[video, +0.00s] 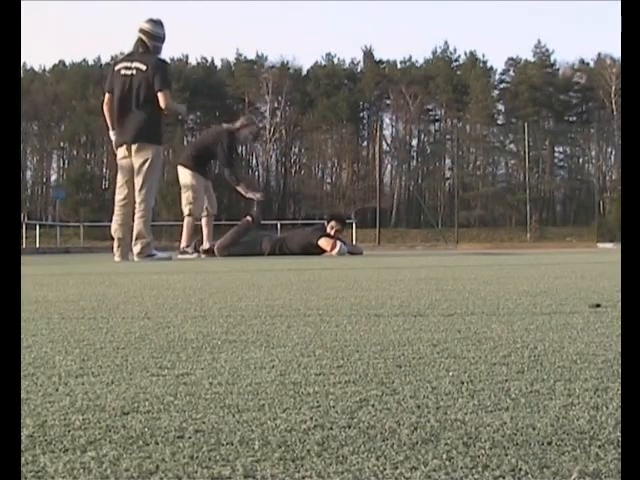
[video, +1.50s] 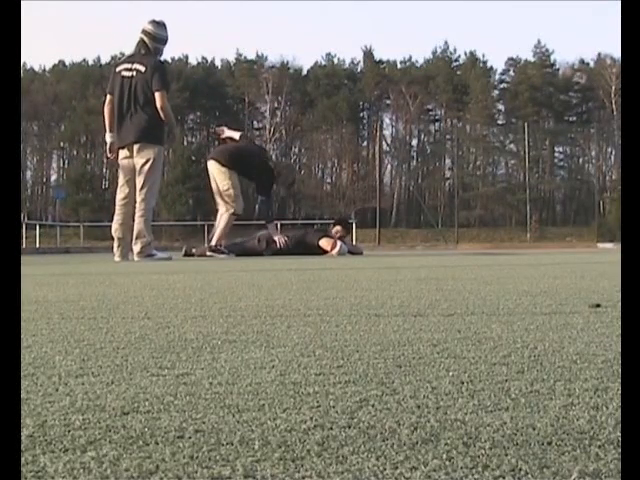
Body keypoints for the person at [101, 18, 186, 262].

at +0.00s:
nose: (162, 46)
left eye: (162, 42)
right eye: (161, 42)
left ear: (140, 37)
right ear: (157, 41)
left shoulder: (119, 64)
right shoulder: (156, 64)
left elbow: (107, 102)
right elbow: (165, 103)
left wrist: (113, 130)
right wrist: (181, 109)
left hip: (121, 136)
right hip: (147, 136)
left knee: (122, 194)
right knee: (145, 194)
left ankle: (119, 249)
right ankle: (142, 247)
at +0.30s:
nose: (161, 45)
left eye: (160, 41)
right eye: (160, 41)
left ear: (138, 37)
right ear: (156, 41)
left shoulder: (118, 65)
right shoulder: (156, 64)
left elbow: (107, 103)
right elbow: (165, 102)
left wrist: (109, 133)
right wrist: (175, 117)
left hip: (122, 136)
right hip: (148, 136)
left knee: (122, 196)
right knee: (145, 196)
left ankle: (119, 249)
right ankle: (142, 247)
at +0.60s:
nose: (161, 46)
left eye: (161, 41)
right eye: (160, 42)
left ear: (138, 37)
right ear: (156, 41)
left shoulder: (118, 65)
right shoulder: (155, 64)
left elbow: (107, 103)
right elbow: (162, 103)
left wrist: (105, 134)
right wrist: (168, 126)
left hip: (122, 136)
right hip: (148, 136)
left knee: (123, 195)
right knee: (145, 195)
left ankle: (119, 249)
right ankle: (142, 246)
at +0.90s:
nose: (160, 47)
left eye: (160, 43)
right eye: (160, 43)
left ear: (138, 38)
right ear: (156, 42)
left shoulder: (118, 65)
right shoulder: (154, 65)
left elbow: (107, 103)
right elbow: (162, 101)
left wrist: (111, 133)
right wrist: (173, 125)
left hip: (122, 136)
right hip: (148, 136)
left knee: (123, 195)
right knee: (145, 196)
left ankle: (119, 249)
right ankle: (142, 247)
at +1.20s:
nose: (161, 47)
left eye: (161, 43)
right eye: (161, 43)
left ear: (139, 38)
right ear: (156, 42)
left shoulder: (119, 65)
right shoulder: (155, 65)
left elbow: (108, 104)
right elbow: (161, 102)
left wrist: (111, 133)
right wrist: (173, 125)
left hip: (122, 136)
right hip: (147, 137)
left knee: (123, 195)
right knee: (145, 196)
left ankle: (119, 249)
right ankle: (142, 247)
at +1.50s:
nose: (163, 48)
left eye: (164, 44)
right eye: (163, 44)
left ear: (142, 38)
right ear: (159, 43)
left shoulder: (120, 65)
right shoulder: (156, 65)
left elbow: (109, 103)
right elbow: (160, 101)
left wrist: (110, 134)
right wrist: (172, 124)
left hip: (123, 137)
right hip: (148, 138)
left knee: (124, 196)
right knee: (145, 197)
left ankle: (119, 249)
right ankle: (142, 248)